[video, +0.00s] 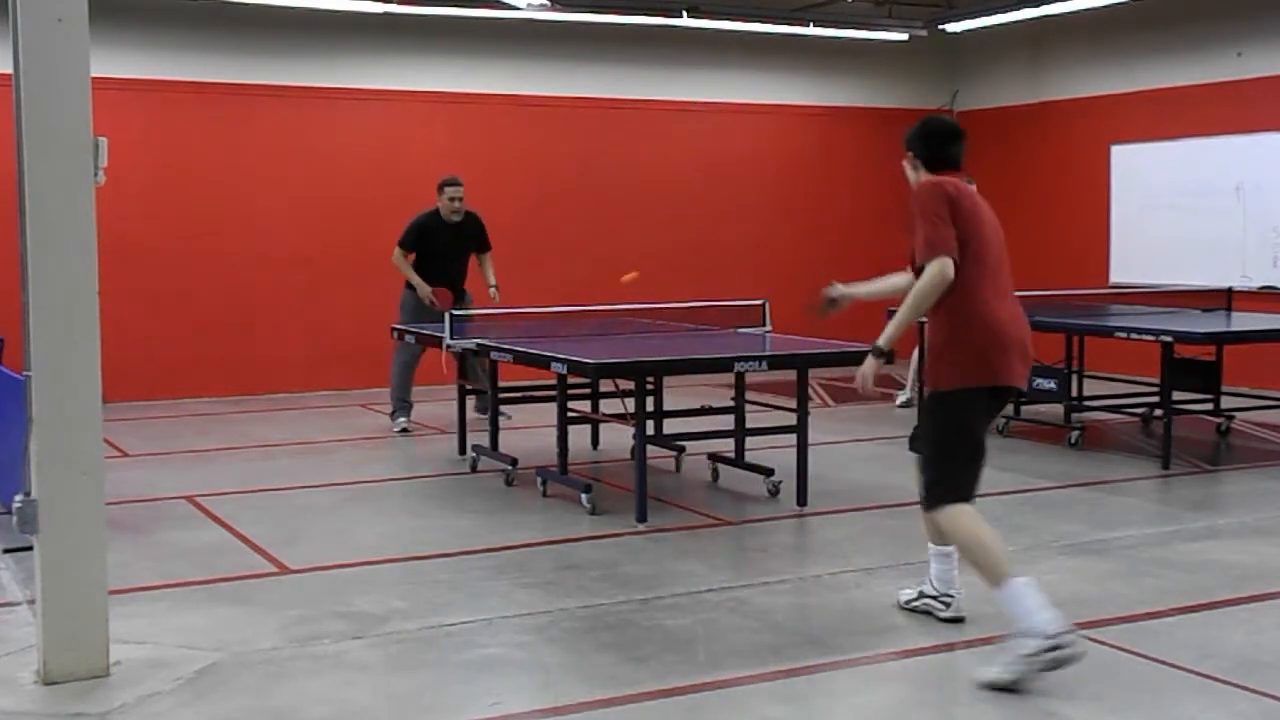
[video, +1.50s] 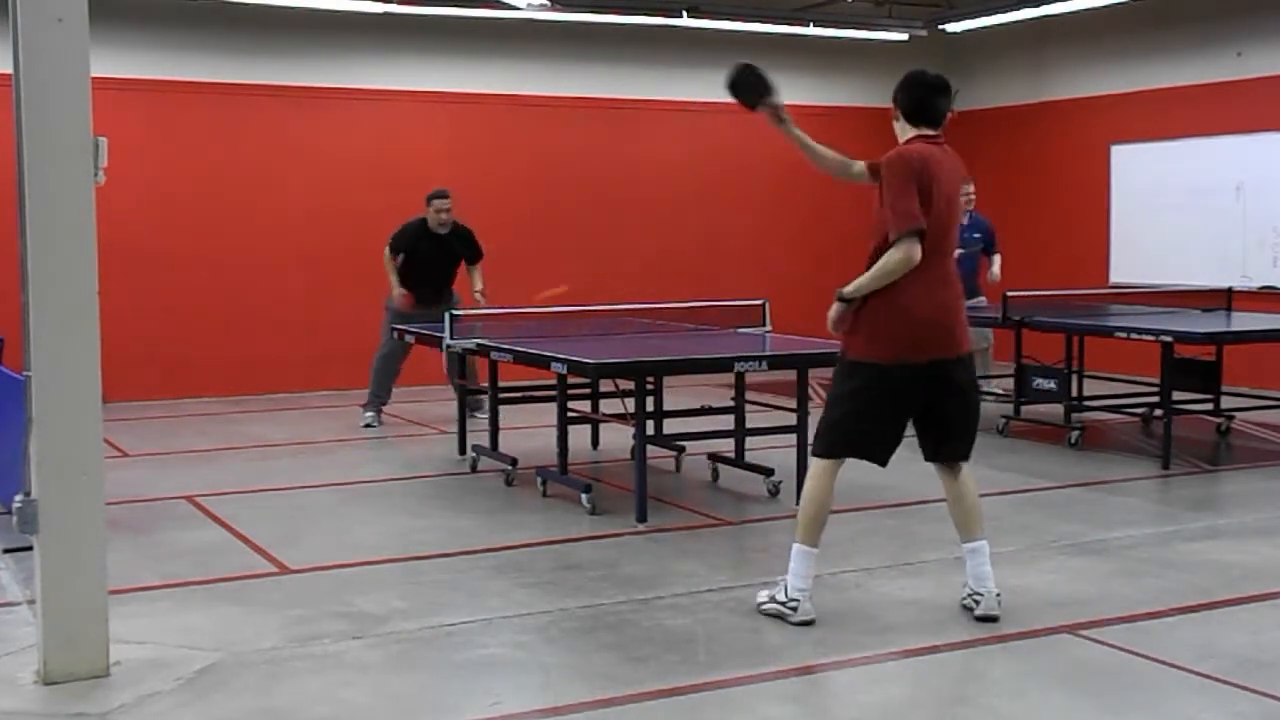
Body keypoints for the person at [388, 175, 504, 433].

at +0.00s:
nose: (457, 205)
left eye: (460, 199)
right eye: (451, 199)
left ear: (465, 200)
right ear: (439, 200)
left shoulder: (473, 223)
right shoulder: (423, 224)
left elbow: (483, 255)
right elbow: (398, 256)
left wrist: (492, 284)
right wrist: (419, 285)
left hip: (457, 298)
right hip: (420, 297)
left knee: (473, 349)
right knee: (408, 351)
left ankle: (485, 402)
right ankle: (400, 411)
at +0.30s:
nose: (466, 237)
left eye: (470, 231)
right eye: (461, 231)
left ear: (476, 229)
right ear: (450, 228)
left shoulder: (480, 246)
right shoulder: (433, 241)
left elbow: (494, 278)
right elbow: (394, 262)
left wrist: (502, 301)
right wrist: (421, 290)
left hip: (458, 303)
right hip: (423, 303)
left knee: (481, 345)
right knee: (417, 348)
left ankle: (487, 404)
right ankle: (405, 411)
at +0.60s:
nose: (461, 252)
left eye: (465, 247)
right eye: (456, 246)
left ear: (469, 242)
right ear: (443, 238)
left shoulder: (465, 253)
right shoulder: (429, 242)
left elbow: (466, 276)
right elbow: (427, 254)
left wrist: (472, 295)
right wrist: (467, 267)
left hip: (432, 302)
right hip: (400, 300)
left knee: (451, 350)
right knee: (402, 349)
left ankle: (469, 403)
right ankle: (402, 411)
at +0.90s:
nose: (473, 245)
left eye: (476, 240)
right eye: (469, 238)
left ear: (480, 237)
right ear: (454, 231)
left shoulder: (468, 252)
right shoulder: (432, 243)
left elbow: (463, 276)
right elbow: (401, 271)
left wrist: (469, 304)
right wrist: (422, 303)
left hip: (434, 300)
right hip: (402, 297)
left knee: (448, 351)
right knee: (400, 355)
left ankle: (461, 402)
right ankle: (402, 411)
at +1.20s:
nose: (473, 223)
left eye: (476, 217)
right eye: (468, 216)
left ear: (479, 217)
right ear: (454, 214)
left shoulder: (475, 239)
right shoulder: (431, 229)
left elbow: (477, 268)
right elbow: (399, 251)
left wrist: (487, 294)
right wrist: (419, 284)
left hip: (440, 298)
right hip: (407, 294)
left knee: (451, 350)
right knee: (397, 346)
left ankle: (464, 405)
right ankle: (377, 407)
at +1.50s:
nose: (444, 216)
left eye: (448, 211)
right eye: (439, 211)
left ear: (452, 211)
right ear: (427, 211)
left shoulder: (462, 236)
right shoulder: (412, 232)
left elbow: (473, 263)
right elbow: (390, 254)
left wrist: (477, 289)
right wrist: (395, 286)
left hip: (443, 304)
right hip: (407, 304)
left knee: (460, 351)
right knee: (391, 351)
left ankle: (473, 402)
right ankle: (373, 407)